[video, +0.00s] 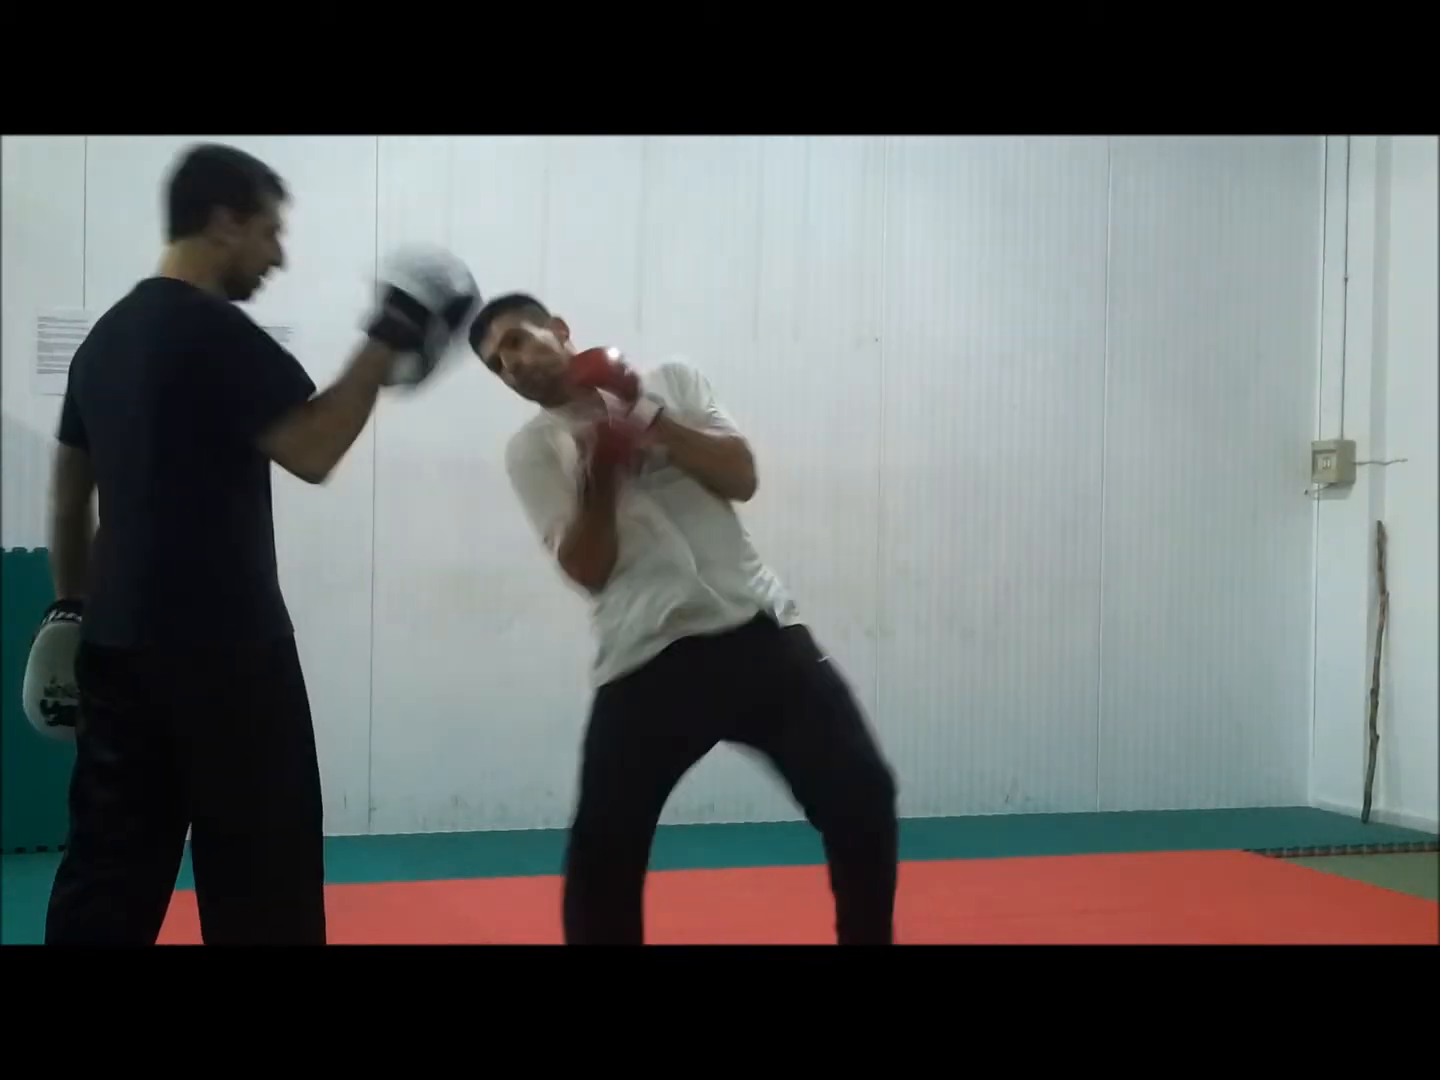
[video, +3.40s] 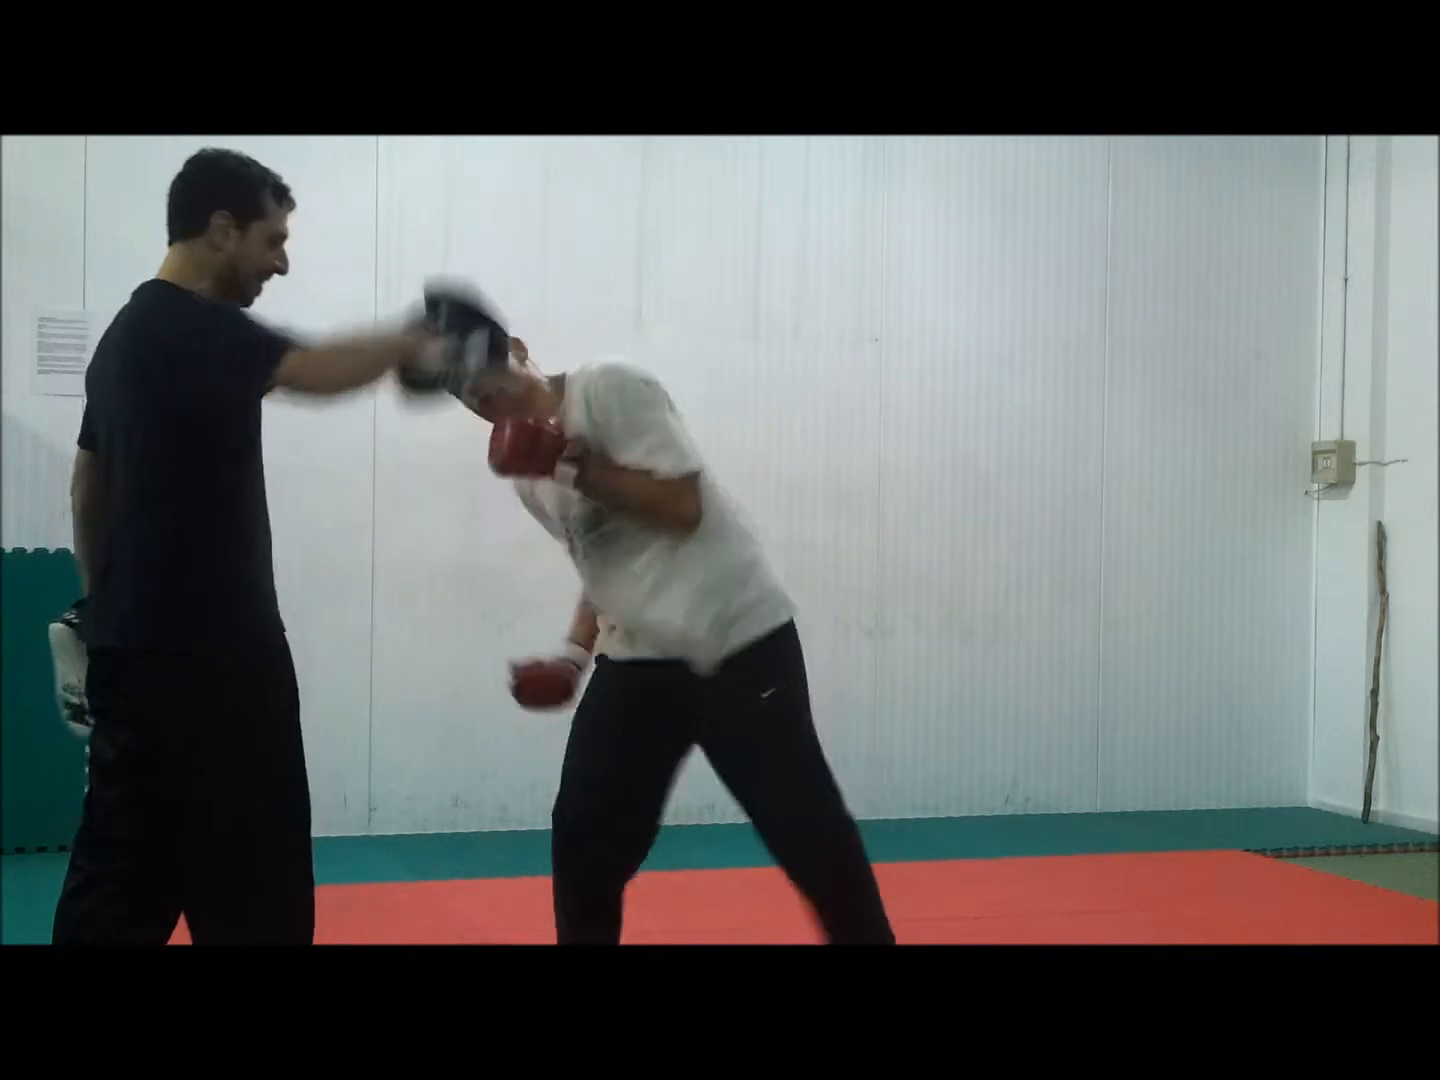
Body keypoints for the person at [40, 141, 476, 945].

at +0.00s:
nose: (279, 254)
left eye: (279, 233)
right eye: (271, 230)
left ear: (205, 224)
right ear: (222, 221)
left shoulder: (108, 335)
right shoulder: (221, 333)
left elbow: (70, 495)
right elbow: (314, 449)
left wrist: (71, 613)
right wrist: (385, 341)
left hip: (120, 651)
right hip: (229, 655)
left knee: (107, 877)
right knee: (267, 883)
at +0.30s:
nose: (271, 261)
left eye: (273, 241)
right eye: (266, 237)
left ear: (189, 227)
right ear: (216, 225)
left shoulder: (105, 334)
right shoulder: (183, 333)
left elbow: (84, 498)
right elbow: (231, 489)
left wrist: (145, 583)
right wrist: (363, 457)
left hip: (122, 644)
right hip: (212, 646)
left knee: (114, 868)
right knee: (256, 869)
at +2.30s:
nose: (313, 272)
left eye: (315, 252)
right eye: (308, 249)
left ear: (239, 235)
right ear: (258, 235)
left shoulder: (129, 328)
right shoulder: (206, 338)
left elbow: (93, 478)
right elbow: (238, 506)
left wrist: (137, 575)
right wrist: (374, 482)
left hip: (123, 638)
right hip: (216, 648)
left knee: (116, 869)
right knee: (257, 876)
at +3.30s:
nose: (290, 263)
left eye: (291, 244)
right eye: (281, 241)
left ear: (220, 234)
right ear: (228, 230)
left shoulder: (127, 337)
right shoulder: (206, 334)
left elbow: (90, 488)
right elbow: (294, 413)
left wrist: (95, 599)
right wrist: (409, 395)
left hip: (130, 645)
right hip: (220, 644)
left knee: (121, 866)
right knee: (263, 871)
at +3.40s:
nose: (282, 261)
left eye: (284, 241)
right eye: (274, 238)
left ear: (213, 231)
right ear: (221, 228)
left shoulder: (126, 335)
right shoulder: (206, 329)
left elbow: (91, 490)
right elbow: (314, 369)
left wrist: (103, 602)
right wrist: (410, 339)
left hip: (134, 646)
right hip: (222, 647)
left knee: (120, 867)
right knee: (259, 874)